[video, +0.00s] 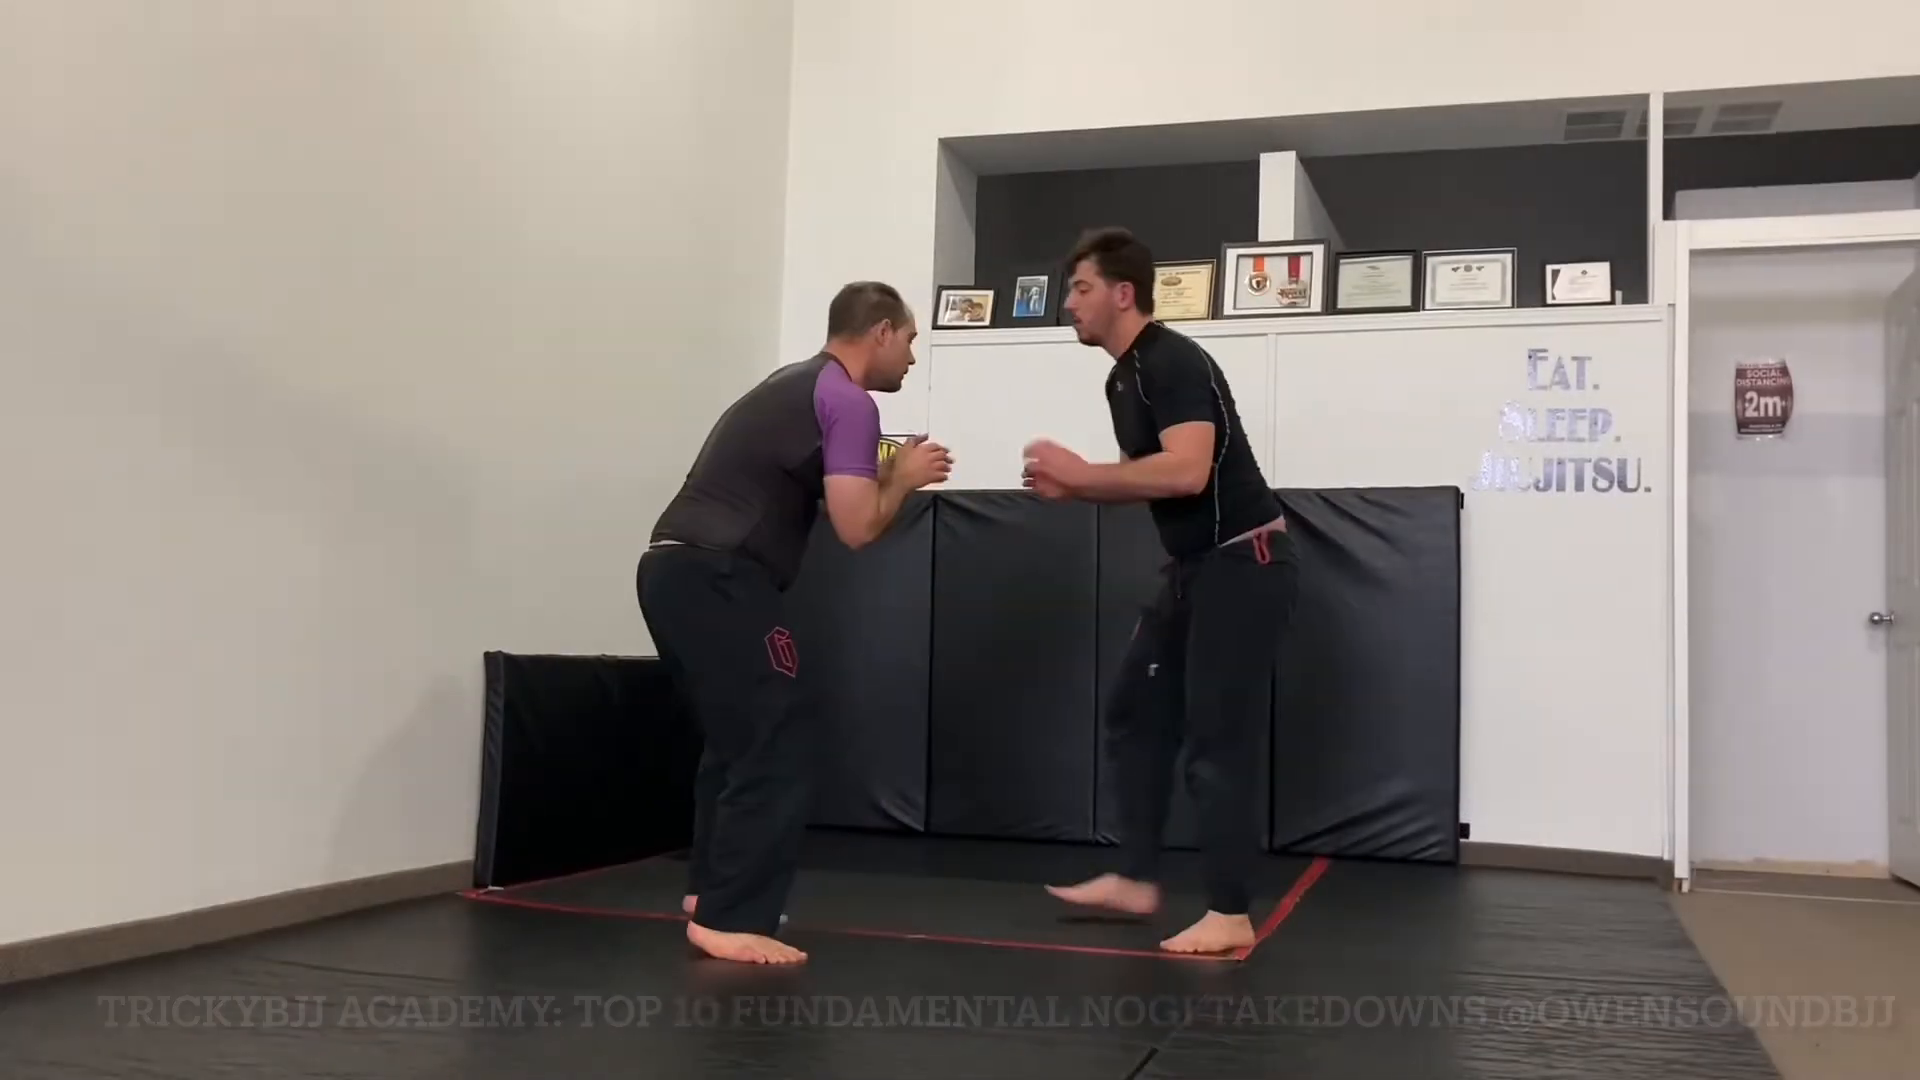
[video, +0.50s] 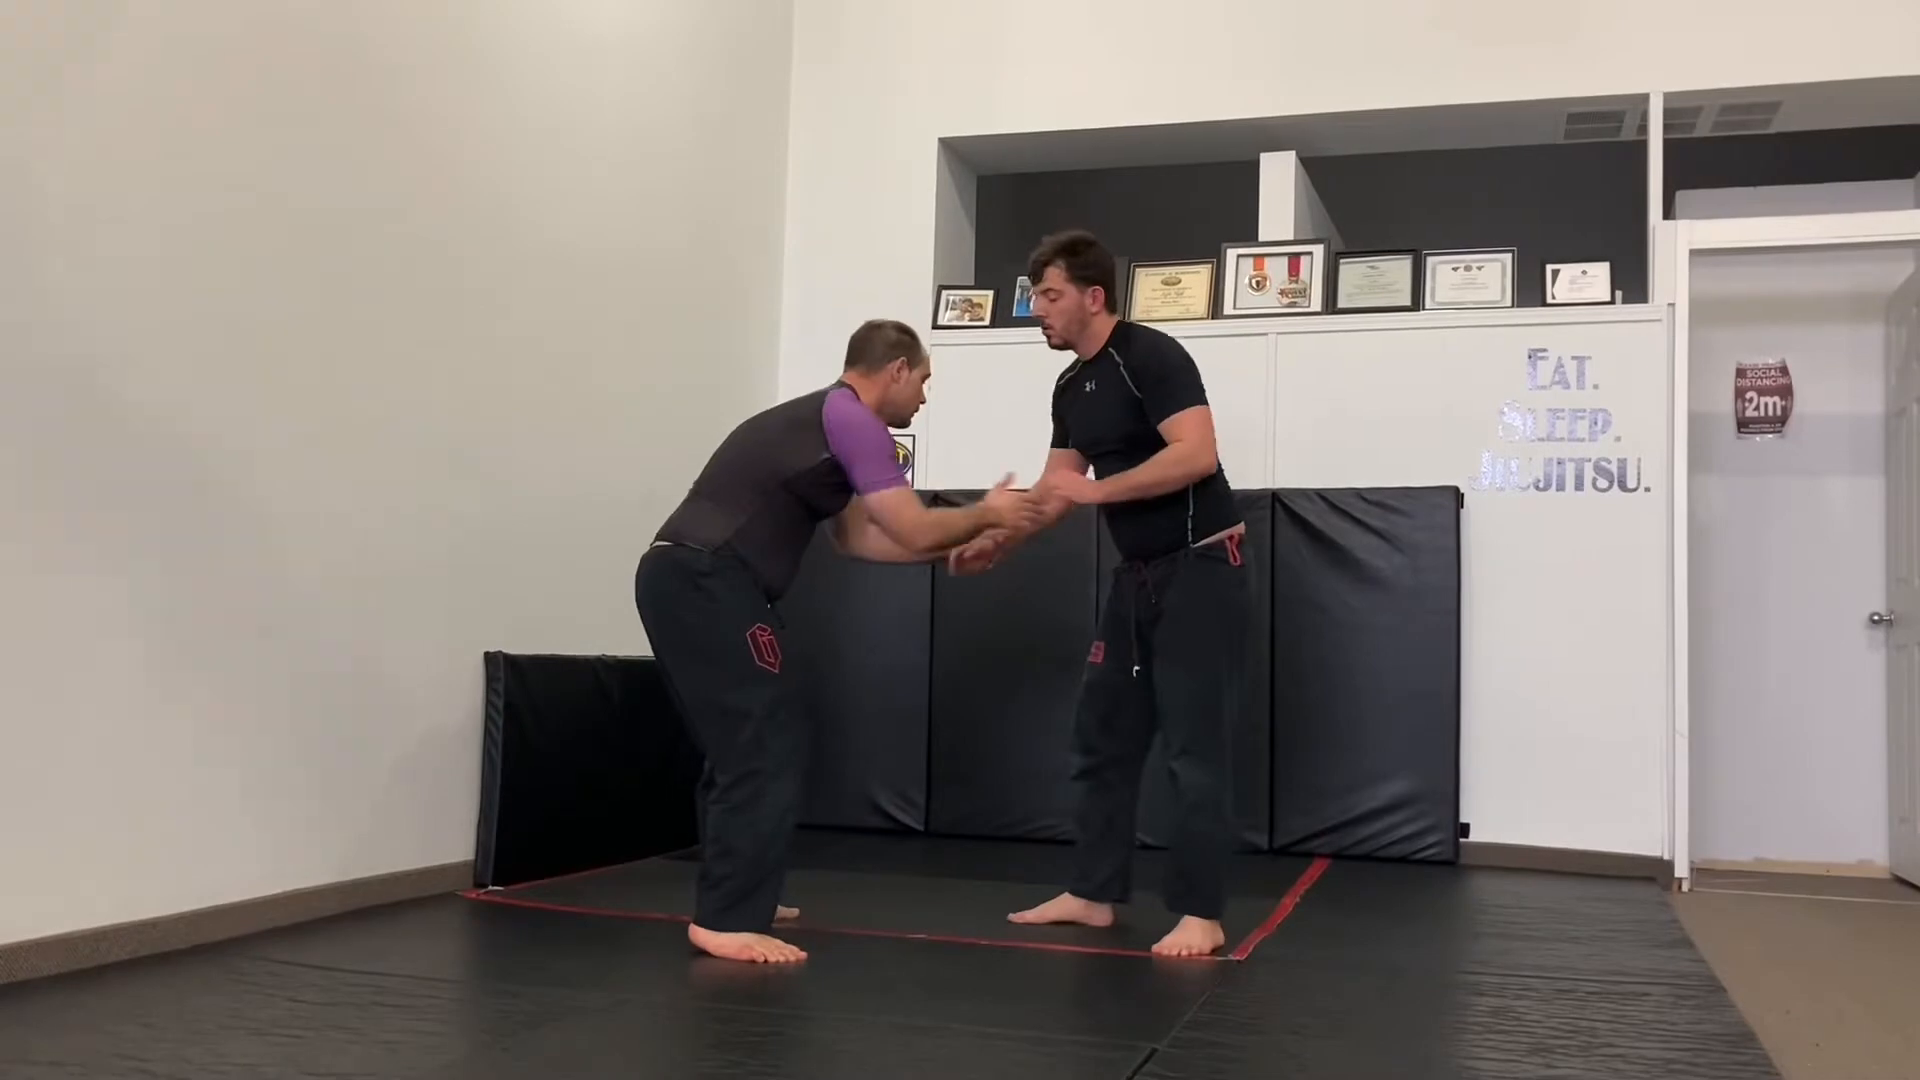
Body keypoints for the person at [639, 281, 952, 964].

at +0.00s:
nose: (913, 359)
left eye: (914, 344)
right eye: (911, 343)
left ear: (851, 332)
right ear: (883, 334)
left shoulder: (800, 382)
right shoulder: (845, 399)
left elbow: (827, 507)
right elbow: (859, 528)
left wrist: (888, 473)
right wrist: (904, 483)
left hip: (671, 569)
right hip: (715, 576)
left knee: (733, 736)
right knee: (773, 736)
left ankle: (712, 895)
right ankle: (735, 922)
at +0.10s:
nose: (918, 363)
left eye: (920, 350)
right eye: (917, 348)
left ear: (857, 335)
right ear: (890, 337)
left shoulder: (809, 385)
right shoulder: (847, 400)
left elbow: (843, 512)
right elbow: (855, 530)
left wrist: (910, 474)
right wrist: (900, 482)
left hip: (679, 570)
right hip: (717, 577)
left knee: (744, 734)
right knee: (779, 737)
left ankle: (716, 891)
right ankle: (735, 921)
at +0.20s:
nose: (921, 366)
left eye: (922, 352)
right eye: (920, 350)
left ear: (859, 340)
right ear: (897, 343)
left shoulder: (817, 393)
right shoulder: (848, 403)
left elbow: (853, 514)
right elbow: (841, 531)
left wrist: (958, 489)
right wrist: (893, 497)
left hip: (685, 572)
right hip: (711, 579)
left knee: (750, 740)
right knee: (772, 741)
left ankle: (749, 897)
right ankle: (729, 917)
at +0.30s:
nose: (925, 374)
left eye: (926, 359)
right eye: (923, 358)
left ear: (866, 350)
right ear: (898, 352)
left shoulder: (828, 400)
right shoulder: (846, 409)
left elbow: (870, 508)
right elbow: (843, 533)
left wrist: (965, 507)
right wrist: (899, 505)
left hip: (689, 575)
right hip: (710, 581)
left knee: (746, 742)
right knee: (772, 741)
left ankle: (744, 899)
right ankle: (730, 916)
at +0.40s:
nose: (926, 389)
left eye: (928, 376)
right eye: (926, 374)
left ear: (871, 360)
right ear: (901, 364)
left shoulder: (828, 408)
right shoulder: (846, 413)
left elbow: (866, 528)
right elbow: (871, 537)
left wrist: (944, 520)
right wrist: (941, 515)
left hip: (693, 577)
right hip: (708, 583)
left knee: (751, 743)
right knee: (767, 744)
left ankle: (742, 897)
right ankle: (727, 918)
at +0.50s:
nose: (922, 397)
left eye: (924, 384)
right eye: (921, 382)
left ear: (863, 371)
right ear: (895, 372)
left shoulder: (821, 417)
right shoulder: (853, 419)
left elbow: (860, 537)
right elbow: (916, 527)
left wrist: (953, 544)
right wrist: (987, 512)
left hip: (683, 575)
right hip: (706, 581)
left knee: (743, 742)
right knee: (766, 740)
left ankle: (739, 894)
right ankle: (726, 917)